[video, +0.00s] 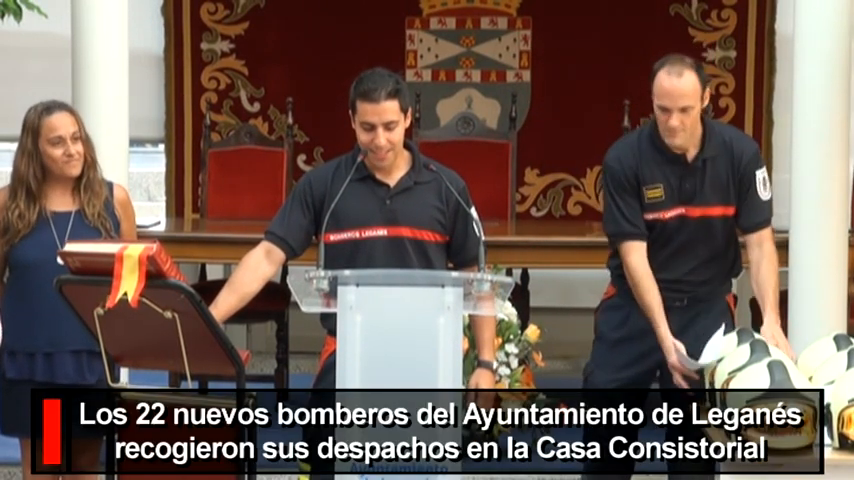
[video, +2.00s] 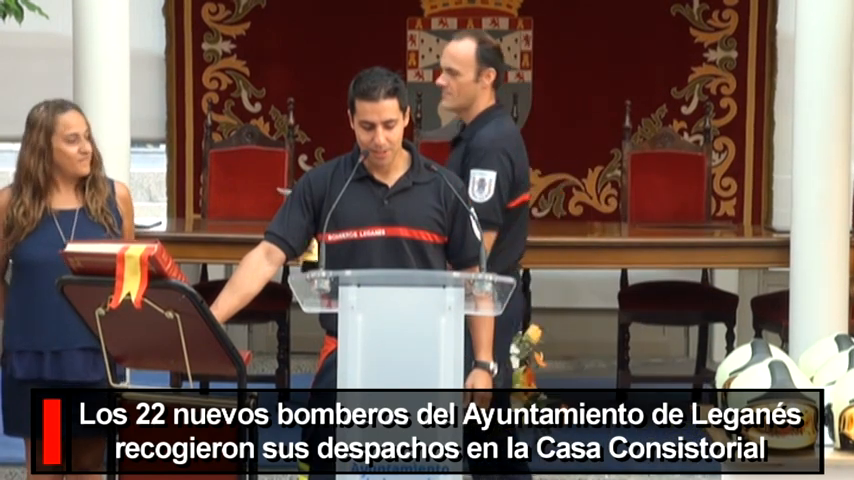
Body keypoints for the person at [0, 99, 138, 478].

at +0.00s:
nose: (72, 149)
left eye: (77, 138)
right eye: (58, 142)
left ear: (85, 140)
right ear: (35, 150)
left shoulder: (114, 200)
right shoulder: (10, 203)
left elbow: (131, 278)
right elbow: (2, 278)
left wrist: (126, 347)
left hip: (91, 359)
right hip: (26, 359)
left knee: (87, 466)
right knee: (40, 468)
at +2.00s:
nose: (86, 147)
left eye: (87, 137)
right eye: (72, 139)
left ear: (93, 139)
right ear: (42, 147)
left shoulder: (116, 196)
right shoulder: (11, 202)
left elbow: (127, 273)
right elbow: (1, 277)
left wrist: (126, 344)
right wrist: (6, 330)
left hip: (95, 355)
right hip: (30, 354)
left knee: (90, 465)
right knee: (43, 466)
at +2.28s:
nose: (95, 151)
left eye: (94, 140)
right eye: (83, 143)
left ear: (97, 141)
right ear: (52, 151)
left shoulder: (112, 194)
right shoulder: (19, 202)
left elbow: (132, 269)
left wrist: (130, 340)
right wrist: (2, 349)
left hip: (100, 348)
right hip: (38, 350)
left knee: (102, 462)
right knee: (49, 465)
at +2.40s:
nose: (97, 152)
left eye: (97, 141)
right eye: (85, 143)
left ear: (100, 142)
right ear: (55, 149)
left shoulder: (114, 195)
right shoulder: (24, 199)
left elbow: (143, 270)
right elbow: (6, 281)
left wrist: (199, 301)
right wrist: (62, 329)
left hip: (109, 353)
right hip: (46, 355)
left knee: (108, 459)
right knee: (52, 464)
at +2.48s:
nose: (98, 151)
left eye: (98, 140)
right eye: (86, 144)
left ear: (102, 141)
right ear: (56, 151)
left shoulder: (117, 194)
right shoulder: (30, 200)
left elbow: (144, 257)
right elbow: (27, 281)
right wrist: (90, 306)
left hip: (111, 346)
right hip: (53, 349)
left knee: (110, 457)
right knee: (55, 462)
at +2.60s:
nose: (102, 148)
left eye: (102, 138)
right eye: (88, 142)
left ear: (107, 139)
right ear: (61, 150)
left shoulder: (124, 193)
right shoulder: (40, 200)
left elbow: (151, 258)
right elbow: (63, 279)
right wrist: (117, 318)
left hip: (118, 348)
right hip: (61, 349)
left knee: (113, 460)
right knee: (59, 464)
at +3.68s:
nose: (91, 146)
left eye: (97, 136)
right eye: (77, 139)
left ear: (106, 140)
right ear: (58, 149)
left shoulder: (138, 195)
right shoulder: (40, 201)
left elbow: (154, 267)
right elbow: (25, 279)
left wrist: (117, 276)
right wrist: (88, 281)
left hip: (121, 353)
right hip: (59, 352)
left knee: (114, 461)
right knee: (56, 465)